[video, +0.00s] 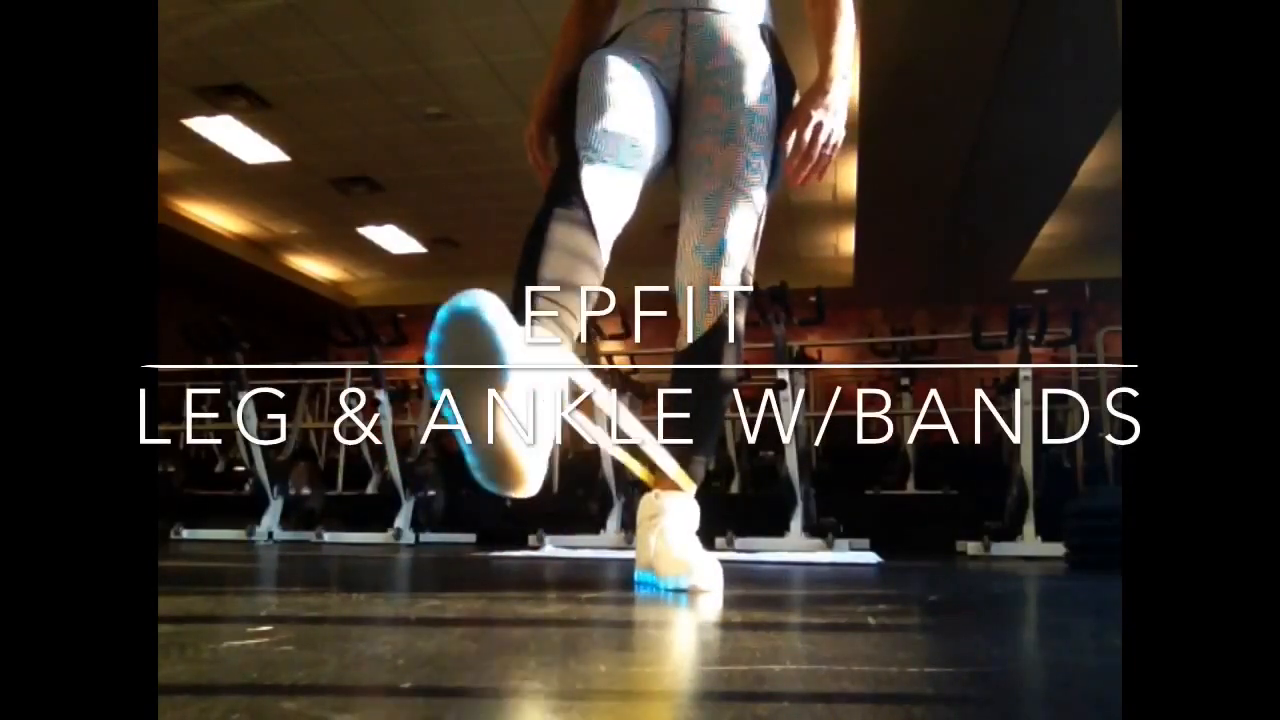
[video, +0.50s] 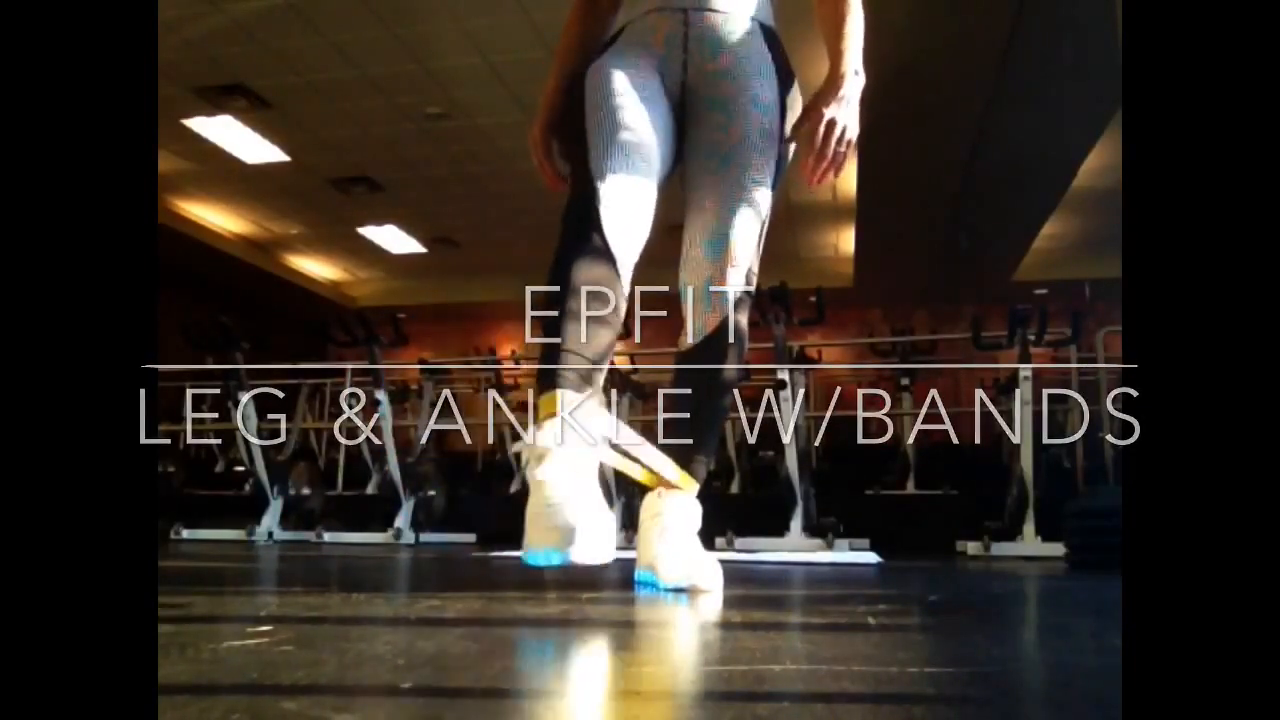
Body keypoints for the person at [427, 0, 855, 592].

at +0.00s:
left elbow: (827, 3)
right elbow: (593, 4)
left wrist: (836, 81)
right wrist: (554, 89)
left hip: (737, 30)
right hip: (631, 28)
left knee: (716, 265)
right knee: (595, 181)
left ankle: (670, 516)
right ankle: (529, 406)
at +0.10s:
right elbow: (593, 3)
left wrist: (839, 87)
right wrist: (551, 94)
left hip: (740, 28)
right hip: (632, 29)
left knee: (715, 270)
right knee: (579, 188)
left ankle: (672, 517)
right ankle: (499, 414)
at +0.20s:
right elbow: (593, 7)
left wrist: (844, 88)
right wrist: (552, 95)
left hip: (742, 28)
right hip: (633, 29)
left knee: (716, 267)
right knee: (580, 188)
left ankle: (671, 522)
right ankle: (493, 427)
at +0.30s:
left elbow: (833, 5)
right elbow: (595, 6)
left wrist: (847, 82)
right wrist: (555, 87)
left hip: (743, 29)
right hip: (635, 27)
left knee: (716, 273)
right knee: (580, 211)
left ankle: (674, 519)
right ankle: (503, 462)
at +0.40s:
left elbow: (837, 3)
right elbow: (597, 2)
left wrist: (848, 79)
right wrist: (558, 88)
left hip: (741, 24)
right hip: (631, 24)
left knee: (718, 271)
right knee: (595, 213)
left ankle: (674, 517)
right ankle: (531, 466)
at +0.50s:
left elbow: (835, 3)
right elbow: (596, 4)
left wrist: (846, 75)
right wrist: (557, 95)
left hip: (742, 28)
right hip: (632, 24)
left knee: (722, 268)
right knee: (614, 204)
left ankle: (674, 515)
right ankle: (564, 455)